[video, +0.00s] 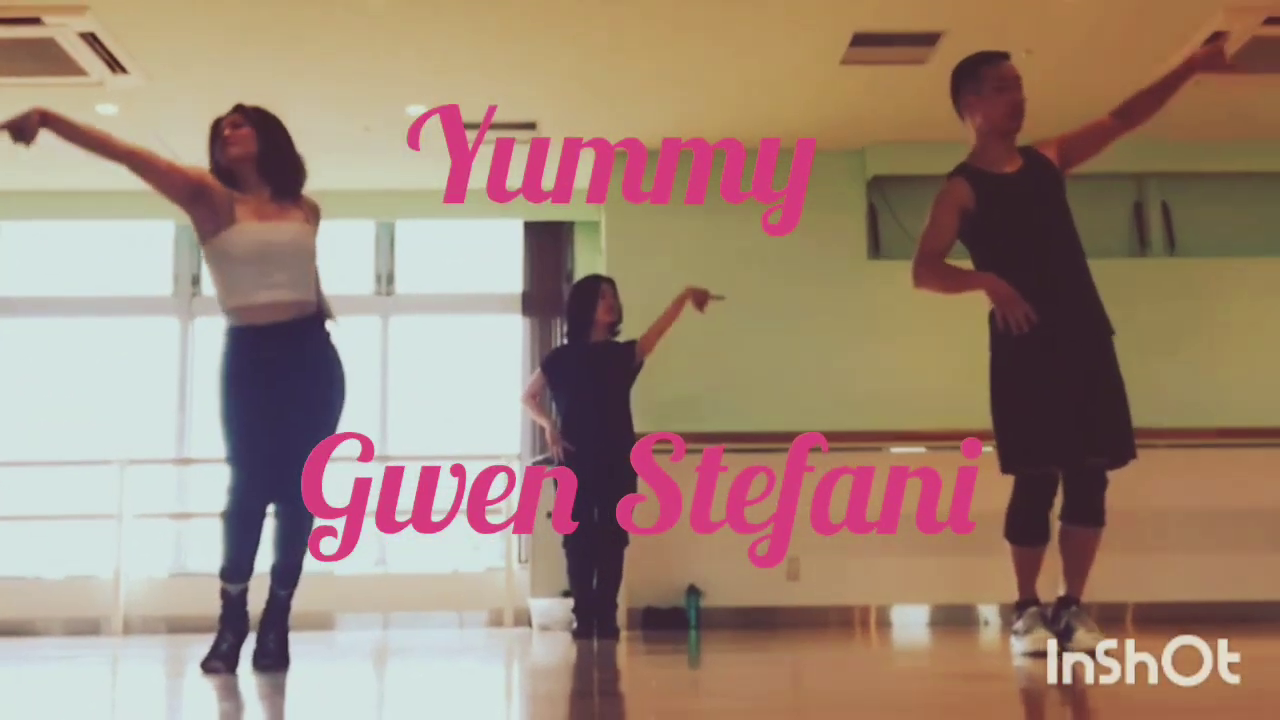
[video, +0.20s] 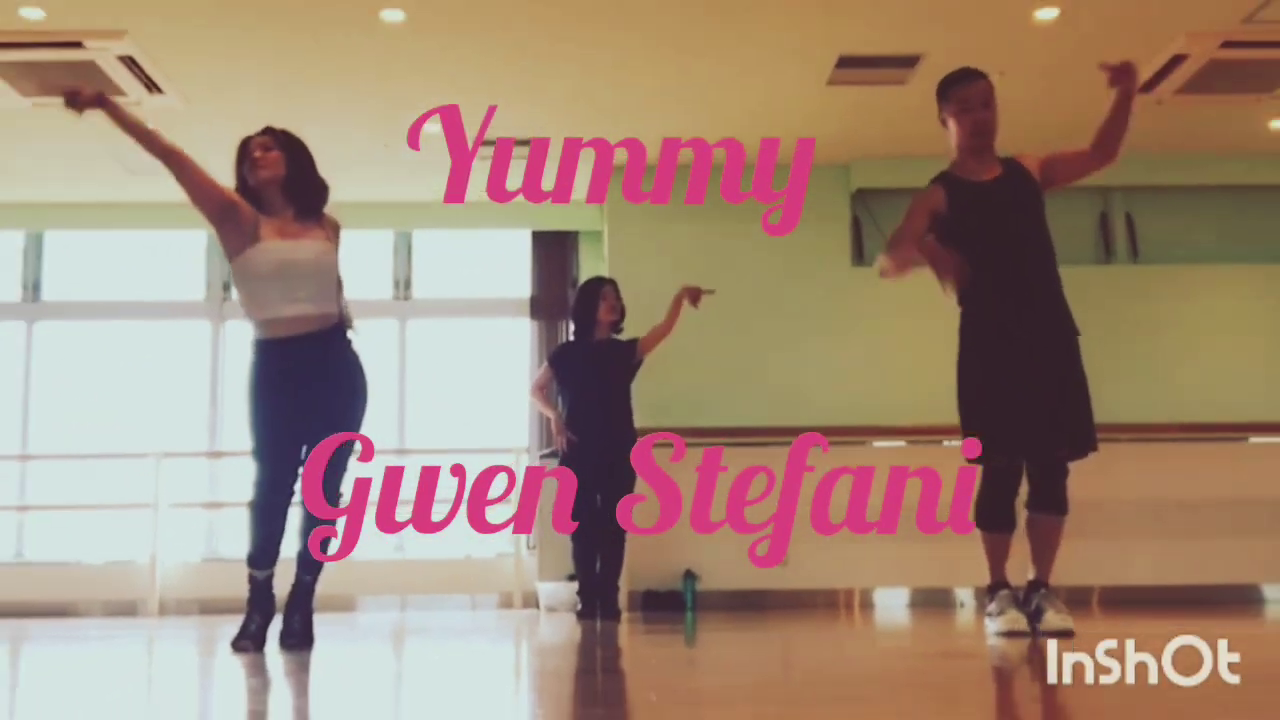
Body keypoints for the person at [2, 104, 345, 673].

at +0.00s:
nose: (232, 132)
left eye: (244, 124)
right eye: (223, 129)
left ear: (271, 141)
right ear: (217, 151)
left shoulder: (305, 208)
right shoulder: (209, 198)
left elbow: (304, 272)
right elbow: (128, 155)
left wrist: (318, 311)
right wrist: (44, 118)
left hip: (312, 358)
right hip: (252, 360)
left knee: (299, 492)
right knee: (251, 488)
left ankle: (278, 618)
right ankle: (232, 617)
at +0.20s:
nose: (259, 157)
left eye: (269, 149)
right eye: (249, 156)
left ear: (294, 162)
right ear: (243, 175)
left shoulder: (326, 226)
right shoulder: (238, 219)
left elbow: (330, 290)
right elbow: (173, 158)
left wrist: (340, 323)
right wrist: (107, 105)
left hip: (335, 363)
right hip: (278, 367)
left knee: (327, 484)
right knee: (275, 484)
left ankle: (303, 601)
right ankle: (259, 601)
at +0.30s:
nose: (285, 166)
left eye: (295, 159)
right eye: (275, 164)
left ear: (316, 174)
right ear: (269, 183)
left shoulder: (346, 233)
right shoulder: (262, 227)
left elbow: (355, 278)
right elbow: (198, 167)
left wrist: (369, 305)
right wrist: (159, 102)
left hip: (355, 363)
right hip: (300, 366)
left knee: (346, 480)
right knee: (296, 475)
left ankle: (324, 587)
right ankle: (283, 585)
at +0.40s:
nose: (311, 172)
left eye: (320, 164)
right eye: (303, 169)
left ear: (341, 173)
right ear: (296, 183)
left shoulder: (372, 230)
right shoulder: (291, 228)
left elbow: (386, 271)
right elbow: (220, 207)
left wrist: (418, 290)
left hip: (376, 354)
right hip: (327, 356)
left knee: (367, 468)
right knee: (322, 464)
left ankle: (349, 568)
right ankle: (311, 571)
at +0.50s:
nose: (342, 177)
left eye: (350, 169)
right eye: (334, 174)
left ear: (368, 178)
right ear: (327, 187)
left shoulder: (394, 222)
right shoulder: (322, 227)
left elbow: (436, 227)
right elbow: (253, 228)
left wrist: (450, 252)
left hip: (397, 340)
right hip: (350, 343)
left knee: (395, 449)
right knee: (344, 447)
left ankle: (381, 544)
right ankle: (330, 546)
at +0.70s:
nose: (387, 216)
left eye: (394, 210)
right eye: (379, 213)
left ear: (408, 220)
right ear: (371, 226)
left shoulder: (433, 265)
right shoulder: (364, 270)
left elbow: (454, 308)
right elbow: (356, 316)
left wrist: (466, 326)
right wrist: (350, 325)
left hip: (427, 362)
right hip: (386, 364)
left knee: (425, 447)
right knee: (378, 451)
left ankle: (455, 525)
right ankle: (355, 537)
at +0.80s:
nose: (402, 221)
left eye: (408, 214)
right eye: (394, 217)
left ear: (421, 221)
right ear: (386, 229)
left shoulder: (445, 264)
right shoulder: (384, 271)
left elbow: (462, 302)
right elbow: (369, 320)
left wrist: (447, 294)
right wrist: (363, 319)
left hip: (445, 361)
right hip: (407, 362)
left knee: (437, 448)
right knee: (388, 447)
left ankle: (466, 520)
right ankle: (364, 531)